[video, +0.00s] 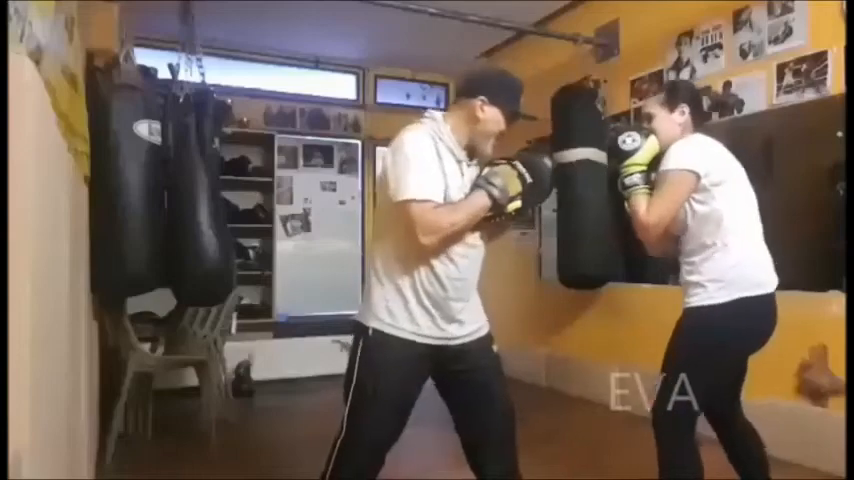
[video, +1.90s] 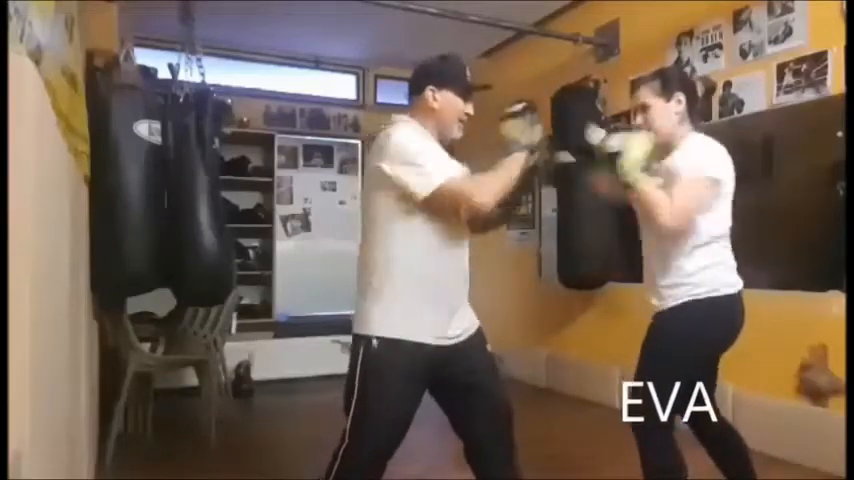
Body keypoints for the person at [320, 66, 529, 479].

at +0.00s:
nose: (506, 129)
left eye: (510, 119)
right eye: (506, 117)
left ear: (480, 110)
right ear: (481, 108)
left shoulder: (472, 157)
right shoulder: (414, 141)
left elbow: (472, 235)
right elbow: (428, 231)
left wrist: (514, 206)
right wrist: (491, 191)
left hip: (463, 328)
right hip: (398, 328)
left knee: (496, 447)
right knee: (360, 454)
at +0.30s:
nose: (482, 129)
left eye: (485, 118)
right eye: (479, 115)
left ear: (451, 108)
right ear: (449, 106)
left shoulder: (457, 156)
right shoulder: (385, 147)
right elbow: (403, 238)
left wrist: (509, 194)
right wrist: (463, 192)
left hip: (459, 330)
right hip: (389, 332)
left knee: (498, 442)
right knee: (357, 457)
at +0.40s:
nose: (474, 128)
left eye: (477, 117)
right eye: (470, 114)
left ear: (443, 108)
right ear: (440, 107)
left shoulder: (453, 150)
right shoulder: (378, 150)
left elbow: (508, 145)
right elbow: (397, 240)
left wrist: (505, 187)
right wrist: (453, 186)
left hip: (455, 324)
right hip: (386, 332)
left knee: (499, 427)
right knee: (356, 455)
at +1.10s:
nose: (472, 127)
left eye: (475, 117)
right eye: (468, 115)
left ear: (442, 110)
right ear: (439, 108)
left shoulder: (461, 150)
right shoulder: (379, 152)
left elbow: (513, 163)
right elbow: (395, 242)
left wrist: (494, 208)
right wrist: (458, 195)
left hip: (458, 321)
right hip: (391, 329)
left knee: (501, 421)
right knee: (364, 448)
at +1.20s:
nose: (458, 120)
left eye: (460, 110)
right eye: (453, 107)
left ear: (430, 104)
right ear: (423, 101)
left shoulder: (443, 150)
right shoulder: (374, 152)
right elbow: (411, 231)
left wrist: (476, 205)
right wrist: (464, 187)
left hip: (451, 323)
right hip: (387, 331)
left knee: (495, 426)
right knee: (361, 449)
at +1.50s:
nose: (453, 108)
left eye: (453, 98)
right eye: (446, 96)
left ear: (417, 97)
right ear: (414, 94)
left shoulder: (438, 149)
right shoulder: (371, 149)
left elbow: (457, 209)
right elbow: (420, 214)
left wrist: (504, 183)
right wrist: (476, 165)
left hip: (449, 327)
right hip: (382, 333)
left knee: (488, 429)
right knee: (359, 450)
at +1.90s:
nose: (470, 111)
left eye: (470, 101)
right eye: (463, 98)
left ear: (434, 99)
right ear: (432, 95)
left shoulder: (436, 152)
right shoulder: (399, 140)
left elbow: (476, 218)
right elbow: (471, 202)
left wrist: (521, 185)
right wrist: (521, 155)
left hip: (454, 329)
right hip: (393, 334)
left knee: (493, 434)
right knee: (363, 457)